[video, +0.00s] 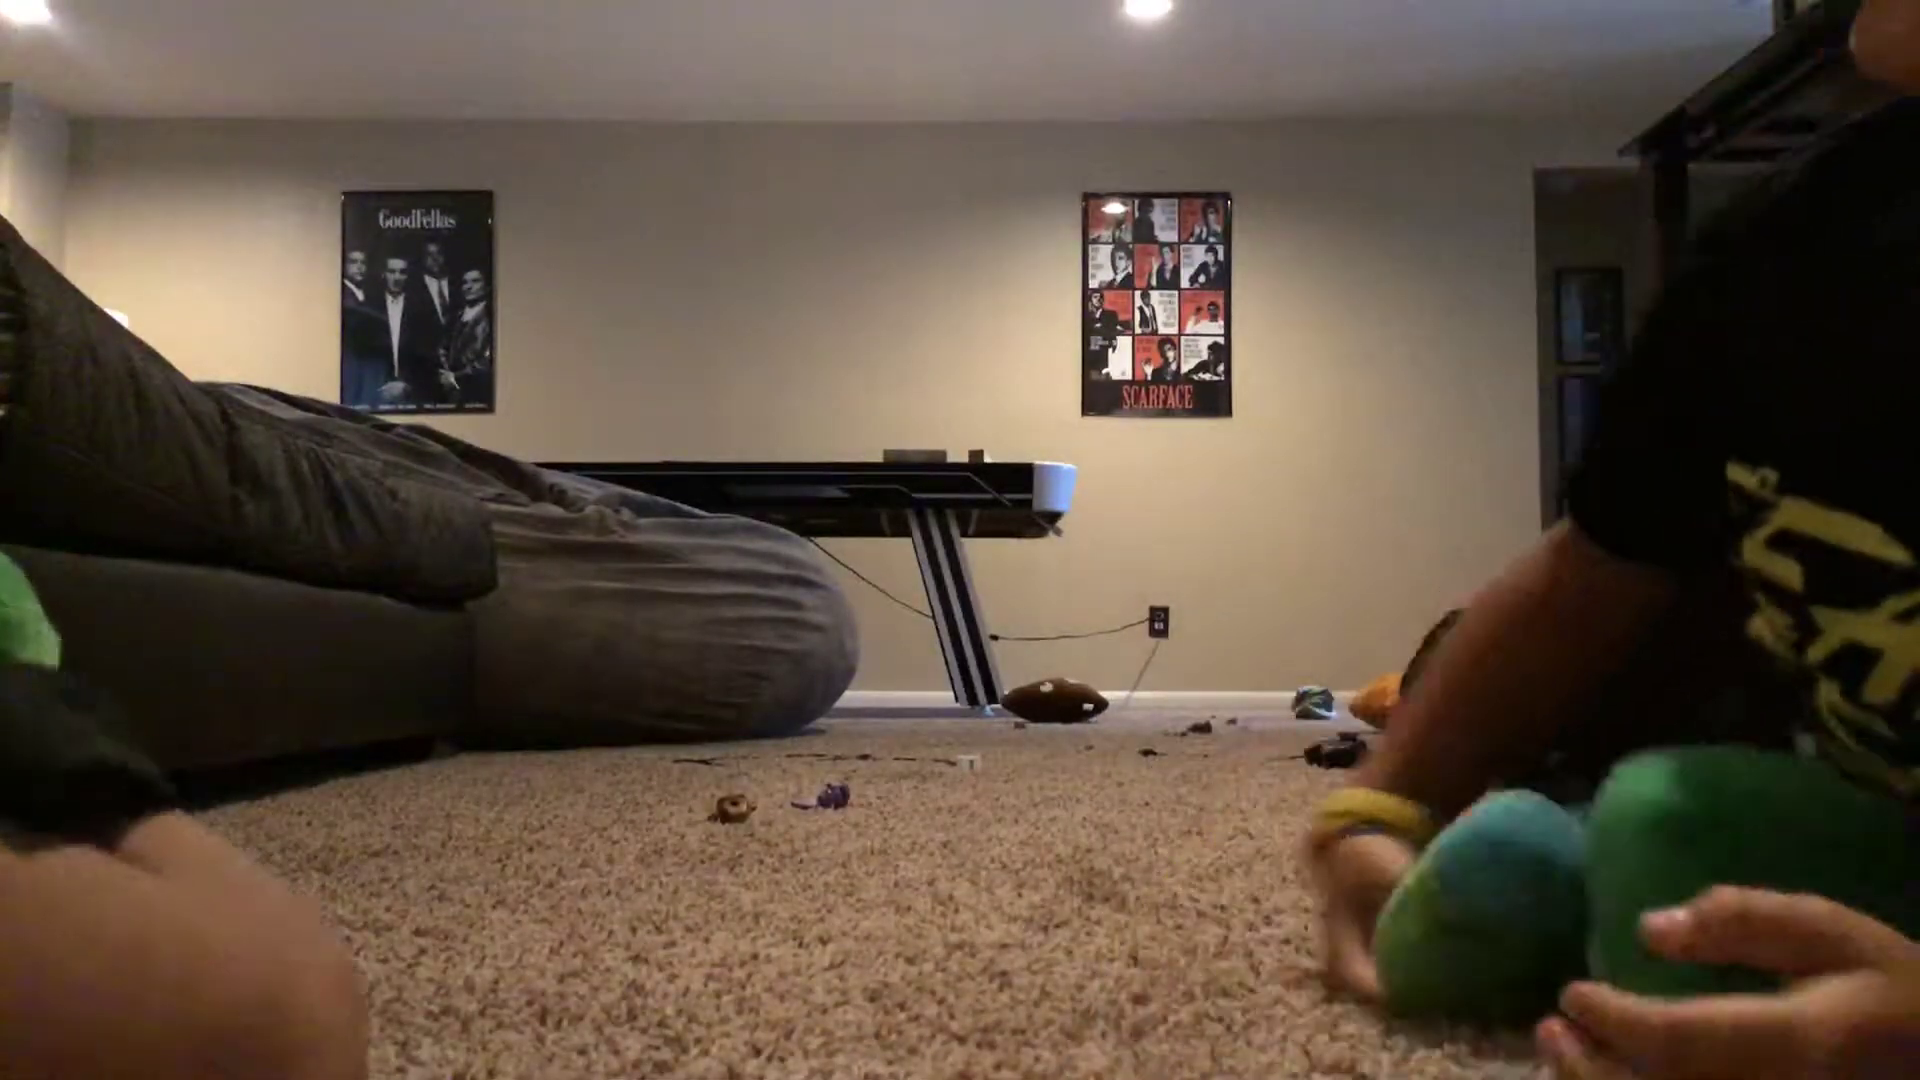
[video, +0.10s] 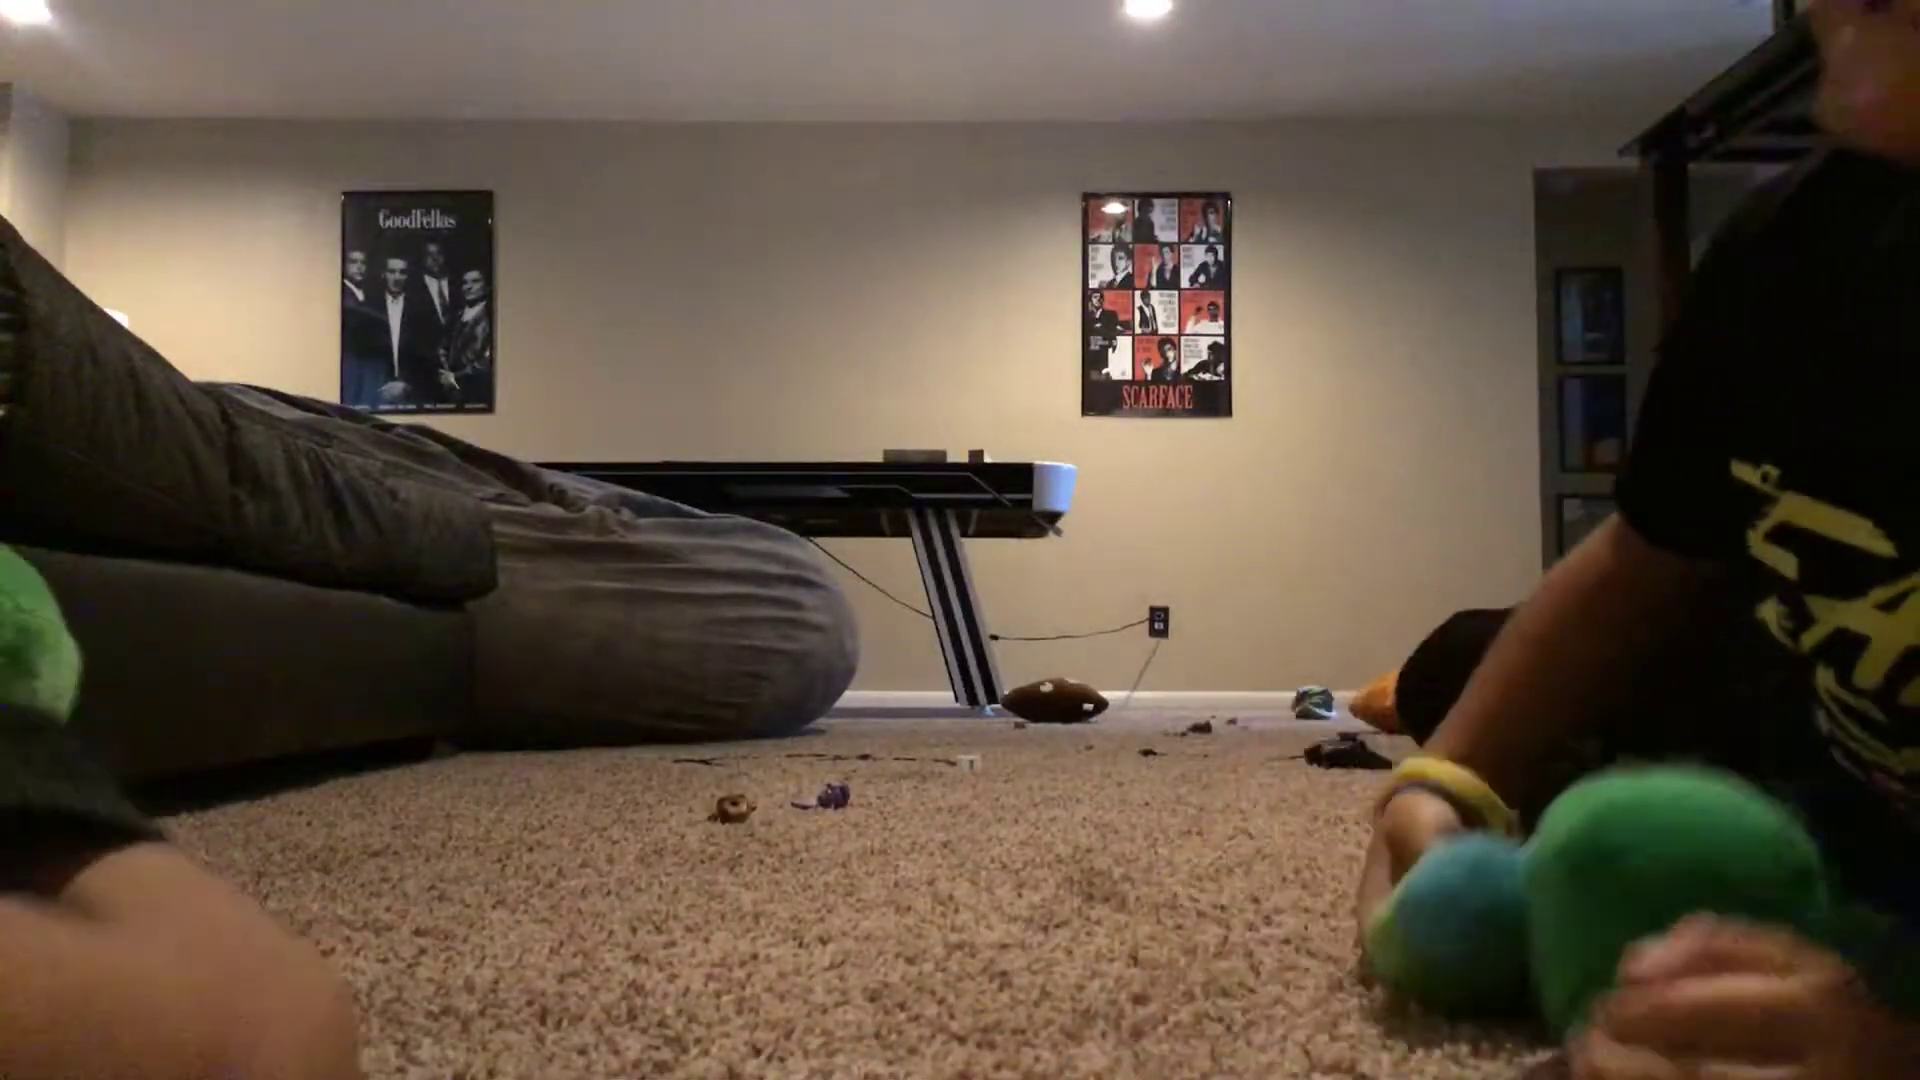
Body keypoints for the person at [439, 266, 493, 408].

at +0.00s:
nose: (468, 287)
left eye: (475, 281)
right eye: (465, 283)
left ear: (485, 286)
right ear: (461, 287)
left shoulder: (490, 315)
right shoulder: (457, 315)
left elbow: (487, 360)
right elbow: (443, 346)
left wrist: (456, 376)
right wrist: (446, 372)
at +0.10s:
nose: (468, 287)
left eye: (475, 282)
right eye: (465, 283)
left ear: (485, 286)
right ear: (461, 287)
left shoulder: (489, 315)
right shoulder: (458, 315)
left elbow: (487, 359)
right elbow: (443, 345)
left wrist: (456, 377)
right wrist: (446, 371)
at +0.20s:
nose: (468, 287)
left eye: (475, 281)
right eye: (465, 283)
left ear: (485, 285)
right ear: (461, 287)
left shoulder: (490, 314)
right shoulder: (457, 314)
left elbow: (487, 358)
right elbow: (443, 345)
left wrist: (457, 376)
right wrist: (446, 372)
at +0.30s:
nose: (468, 286)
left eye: (475, 281)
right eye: (465, 282)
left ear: (486, 285)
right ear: (461, 287)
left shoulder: (489, 314)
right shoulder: (459, 314)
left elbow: (487, 359)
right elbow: (443, 344)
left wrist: (456, 377)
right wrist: (446, 371)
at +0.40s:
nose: (468, 286)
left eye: (475, 281)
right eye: (465, 282)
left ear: (486, 285)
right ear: (461, 287)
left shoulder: (489, 314)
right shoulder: (459, 314)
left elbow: (487, 359)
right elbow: (443, 345)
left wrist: (456, 377)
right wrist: (446, 371)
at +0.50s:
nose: (468, 286)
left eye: (475, 281)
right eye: (465, 282)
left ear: (485, 285)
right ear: (461, 287)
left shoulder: (489, 314)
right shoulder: (458, 314)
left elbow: (487, 359)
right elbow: (443, 344)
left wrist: (456, 377)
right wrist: (446, 371)